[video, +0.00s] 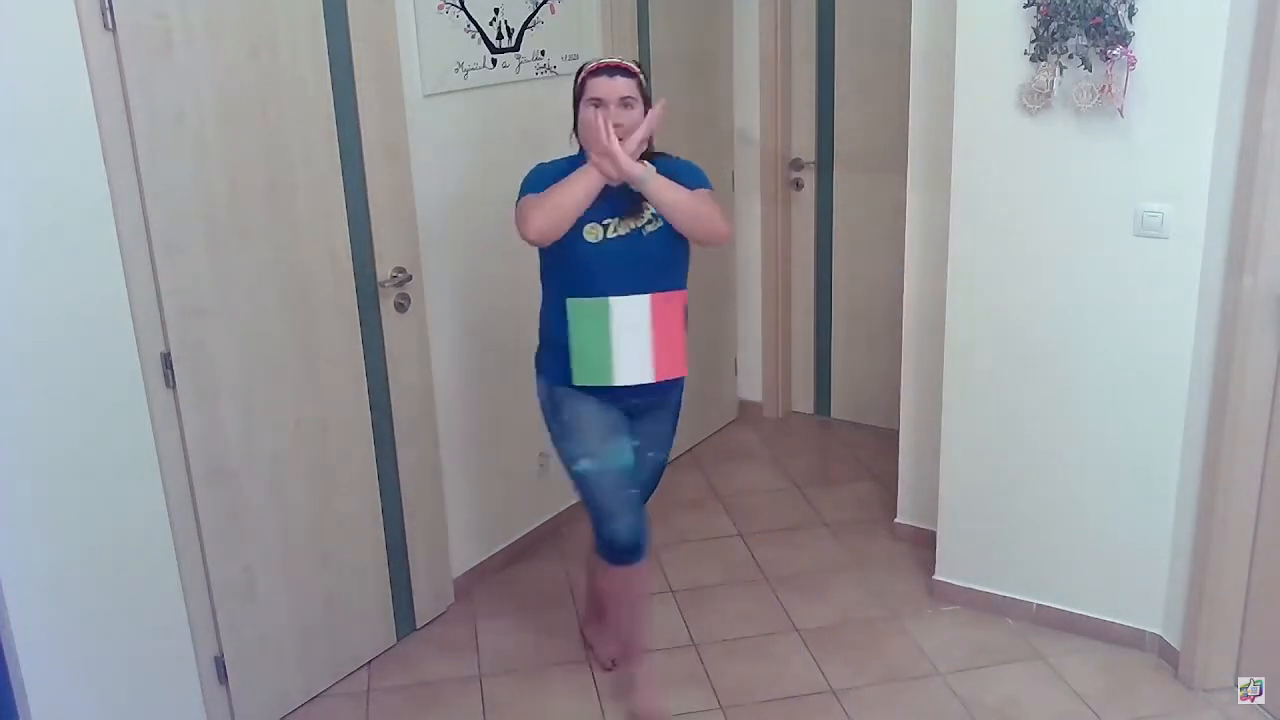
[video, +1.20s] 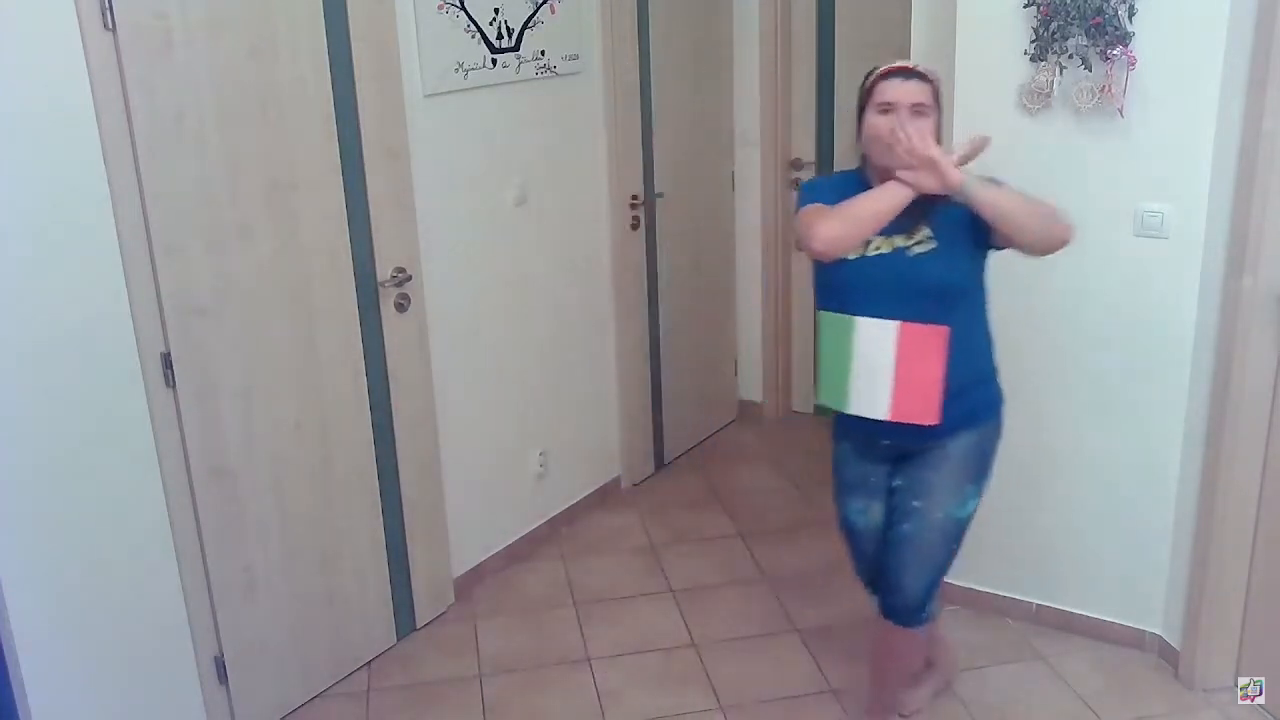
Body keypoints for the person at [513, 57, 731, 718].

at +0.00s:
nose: (611, 117)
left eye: (625, 105)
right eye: (596, 106)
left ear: (647, 114)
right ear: (577, 116)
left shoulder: (676, 173)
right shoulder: (552, 177)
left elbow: (715, 229)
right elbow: (536, 227)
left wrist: (634, 171)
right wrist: (606, 163)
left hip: (658, 382)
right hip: (575, 383)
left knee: (621, 521)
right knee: (625, 532)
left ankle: (598, 616)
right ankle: (635, 670)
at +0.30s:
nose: (661, 125)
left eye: (675, 114)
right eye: (645, 116)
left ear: (699, 127)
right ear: (626, 130)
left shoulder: (726, 188)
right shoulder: (603, 196)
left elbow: (756, 246)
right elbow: (575, 249)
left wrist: (674, 188)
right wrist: (645, 183)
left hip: (719, 401)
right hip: (638, 407)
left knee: (701, 540)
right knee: (698, 553)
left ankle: (618, 601)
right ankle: (709, 681)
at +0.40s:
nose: (678, 116)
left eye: (692, 105)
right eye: (662, 106)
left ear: (716, 120)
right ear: (642, 122)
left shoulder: (745, 179)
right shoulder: (621, 187)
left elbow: (779, 230)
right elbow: (594, 237)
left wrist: (695, 174)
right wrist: (664, 171)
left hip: (735, 397)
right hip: (651, 404)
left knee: (746, 542)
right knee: (699, 553)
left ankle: (681, 577)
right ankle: (709, 679)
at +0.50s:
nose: (707, 104)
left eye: (720, 93)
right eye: (690, 93)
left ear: (740, 106)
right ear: (667, 108)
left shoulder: (770, 166)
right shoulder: (641, 175)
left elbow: (812, 211)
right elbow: (623, 221)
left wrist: (729, 154)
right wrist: (701, 153)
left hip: (763, 393)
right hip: (672, 400)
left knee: (787, 541)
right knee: (703, 549)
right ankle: (710, 676)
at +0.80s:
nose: (786, 114)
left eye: (802, 102)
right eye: (771, 100)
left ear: (823, 117)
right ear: (744, 113)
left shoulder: (857, 179)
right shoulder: (720, 182)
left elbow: (915, 218)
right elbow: (709, 229)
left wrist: (814, 160)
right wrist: (796, 157)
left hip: (848, 418)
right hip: (752, 417)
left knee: (840, 584)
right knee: (743, 571)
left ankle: (846, 705)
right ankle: (739, 681)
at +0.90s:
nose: (824, 123)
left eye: (838, 110)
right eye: (808, 109)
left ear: (858, 124)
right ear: (781, 123)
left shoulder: (887, 192)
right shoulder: (755, 185)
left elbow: (957, 225)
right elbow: (746, 233)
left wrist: (859, 167)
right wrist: (834, 164)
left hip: (877, 425)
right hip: (784, 421)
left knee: (850, 599)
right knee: (774, 577)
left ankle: (842, 706)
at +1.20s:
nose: (902, 126)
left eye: (918, 113)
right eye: (886, 111)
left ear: (940, 129)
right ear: (860, 125)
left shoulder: (965, 203)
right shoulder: (827, 190)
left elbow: (1056, 233)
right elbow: (823, 240)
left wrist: (958, 183)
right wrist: (912, 180)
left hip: (954, 426)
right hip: (861, 425)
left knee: (904, 593)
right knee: (880, 575)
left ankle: (887, 707)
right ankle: (938, 655)